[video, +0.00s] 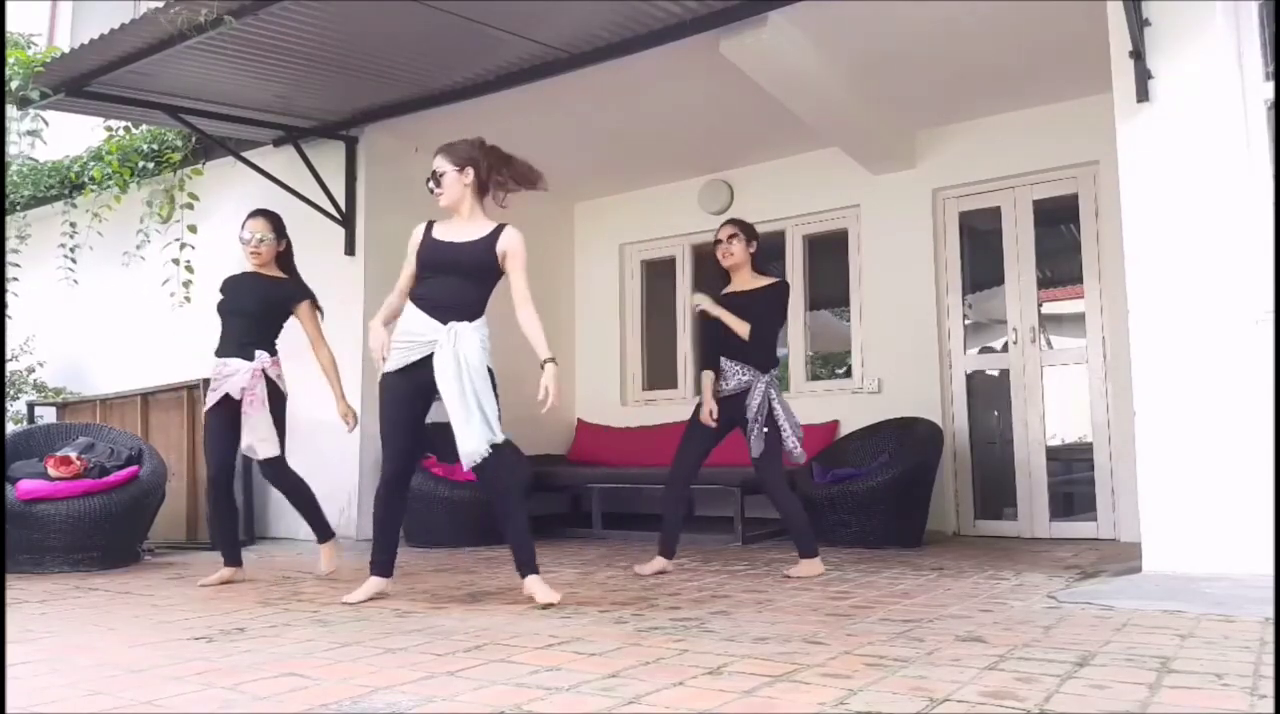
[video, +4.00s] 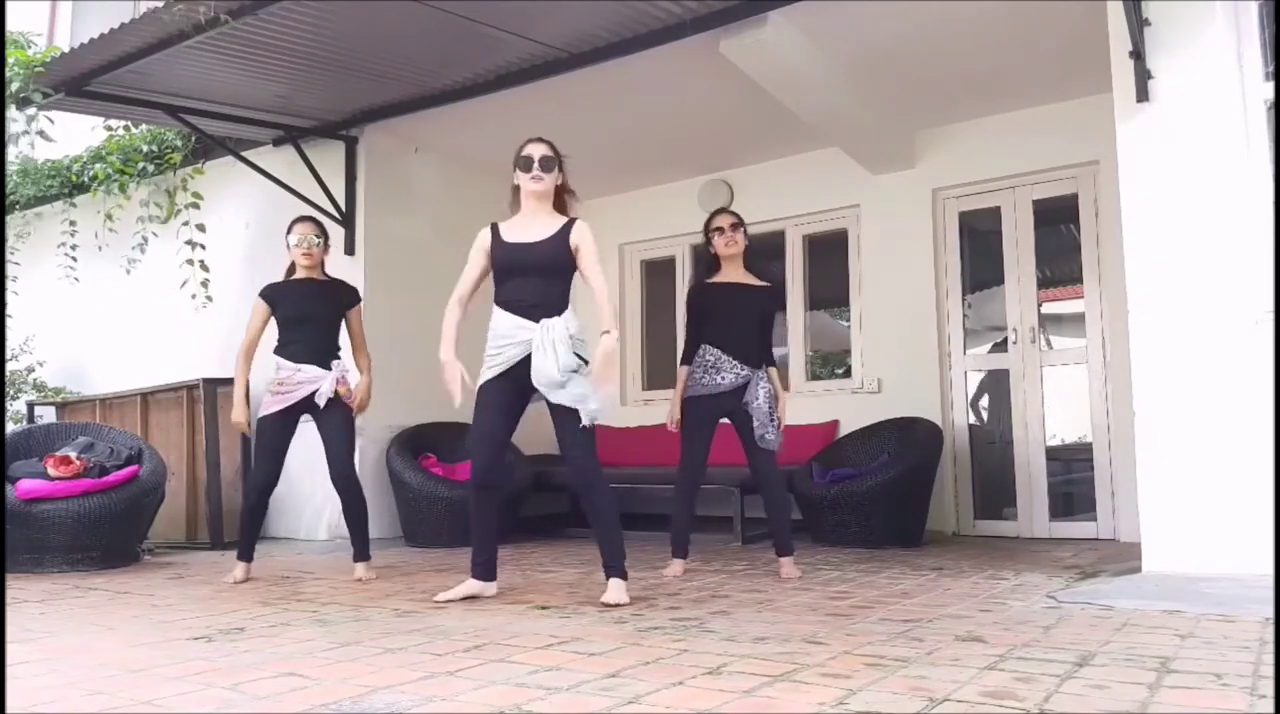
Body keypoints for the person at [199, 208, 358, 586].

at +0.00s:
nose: (254, 246)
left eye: (263, 239)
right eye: (248, 239)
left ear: (281, 244)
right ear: (240, 242)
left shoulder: (291, 288)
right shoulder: (231, 284)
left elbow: (319, 345)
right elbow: (230, 334)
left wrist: (341, 399)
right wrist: (225, 377)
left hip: (264, 383)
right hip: (224, 382)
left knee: (273, 468)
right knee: (218, 473)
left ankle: (327, 540)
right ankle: (231, 563)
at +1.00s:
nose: (330, 271)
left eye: (338, 265)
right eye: (324, 264)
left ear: (348, 273)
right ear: (312, 268)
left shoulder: (347, 313)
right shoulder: (288, 302)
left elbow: (360, 321)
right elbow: (281, 329)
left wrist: (355, 288)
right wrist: (296, 338)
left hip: (336, 399)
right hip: (294, 399)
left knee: (358, 480)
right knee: (254, 485)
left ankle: (379, 560)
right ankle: (251, 565)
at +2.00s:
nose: (316, 268)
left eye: (325, 262)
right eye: (309, 261)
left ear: (336, 270)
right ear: (299, 267)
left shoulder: (343, 308)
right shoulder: (280, 306)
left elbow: (354, 318)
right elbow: (266, 340)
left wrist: (345, 285)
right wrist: (268, 357)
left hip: (327, 402)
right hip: (283, 400)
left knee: (368, 478)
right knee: (254, 488)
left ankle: (374, 553)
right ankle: (246, 565)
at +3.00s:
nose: (311, 264)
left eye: (319, 257)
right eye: (304, 258)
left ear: (334, 265)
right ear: (297, 263)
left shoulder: (345, 306)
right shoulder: (283, 300)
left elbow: (373, 301)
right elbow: (252, 319)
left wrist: (350, 270)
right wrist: (224, 336)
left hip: (324, 399)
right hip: (280, 396)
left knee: (370, 467)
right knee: (253, 481)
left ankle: (356, 553)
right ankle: (236, 564)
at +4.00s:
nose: (307, 244)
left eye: (314, 239)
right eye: (299, 239)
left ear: (326, 247)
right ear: (289, 249)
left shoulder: (344, 292)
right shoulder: (274, 292)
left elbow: (358, 345)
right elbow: (247, 348)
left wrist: (365, 379)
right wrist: (239, 400)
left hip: (331, 388)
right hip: (285, 388)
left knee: (344, 475)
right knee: (263, 479)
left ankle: (362, 560)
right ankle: (243, 561)